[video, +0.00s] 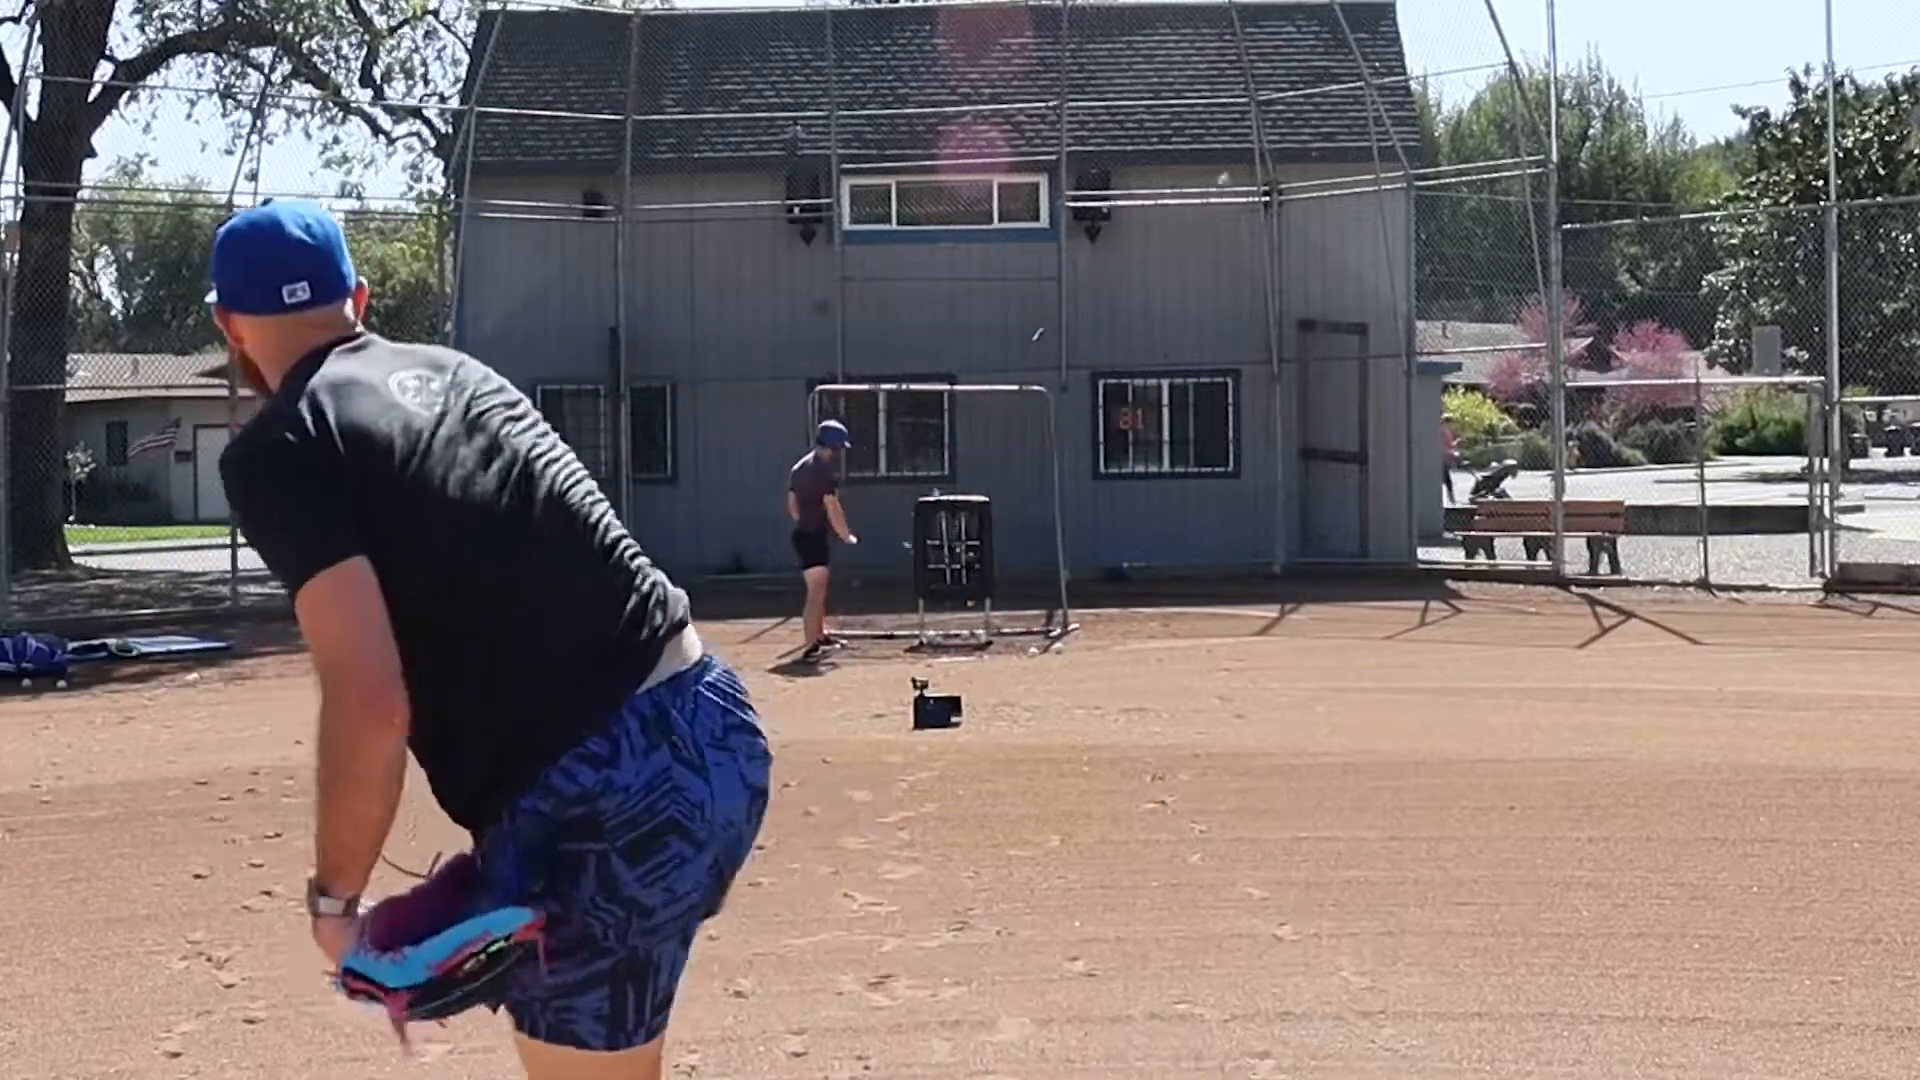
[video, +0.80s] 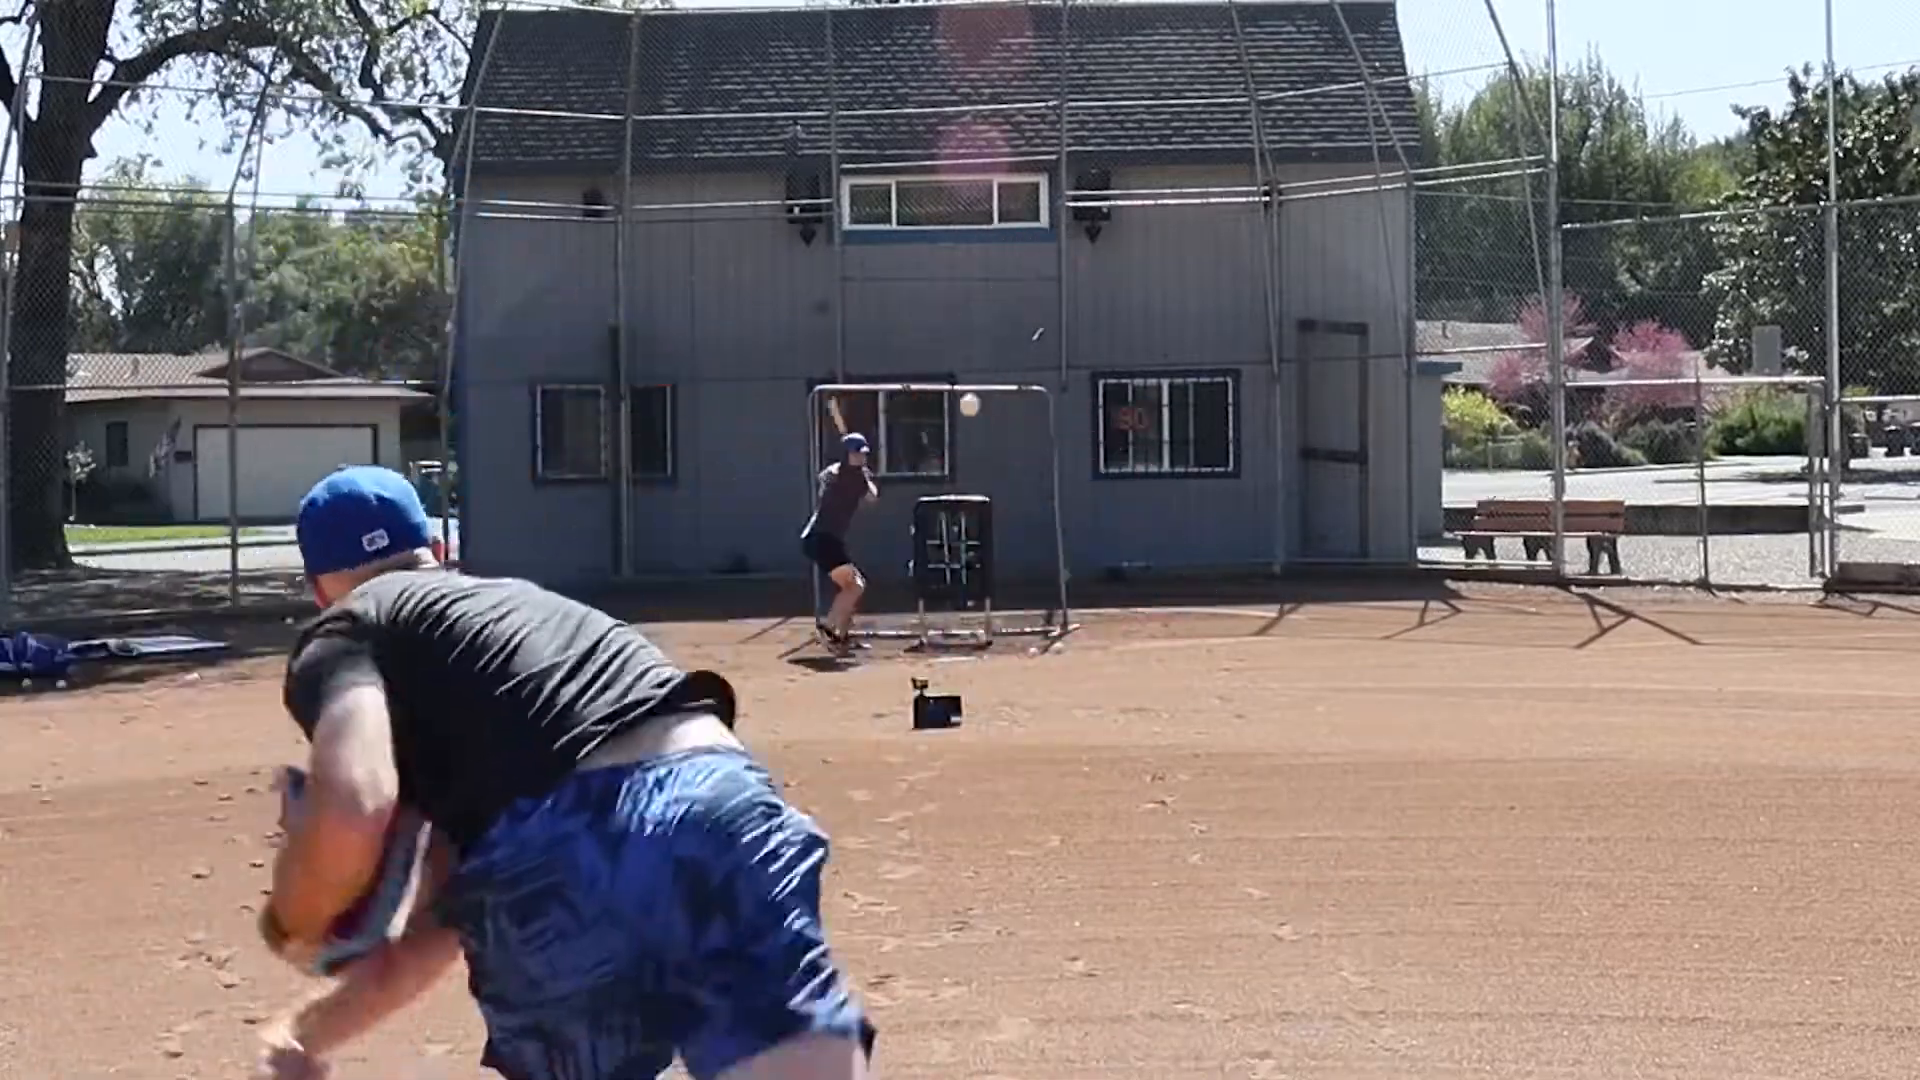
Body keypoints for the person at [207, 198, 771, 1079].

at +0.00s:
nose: (231, 343)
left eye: (225, 325)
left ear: (232, 330)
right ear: (359, 299)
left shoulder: (283, 442)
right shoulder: (452, 368)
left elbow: (370, 700)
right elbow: (547, 592)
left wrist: (335, 895)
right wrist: (506, 844)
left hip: (612, 788)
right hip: (709, 723)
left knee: (587, 1056)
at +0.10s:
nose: (229, 312)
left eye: (225, 293)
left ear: (233, 299)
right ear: (363, 273)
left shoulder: (294, 423)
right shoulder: (453, 352)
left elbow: (371, 688)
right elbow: (482, 560)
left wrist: (313, 873)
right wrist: (418, 731)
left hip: (590, 790)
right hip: (677, 716)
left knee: (590, 1058)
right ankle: (313, 1072)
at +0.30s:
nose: (448, 291)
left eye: (442, 263)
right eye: (435, 263)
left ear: (252, 282)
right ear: (382, 289)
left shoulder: (402, 448)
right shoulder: (146, 534)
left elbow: (663, 476)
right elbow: (12, 883)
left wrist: (891, 538)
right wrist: (292, 1050)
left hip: (350, 994)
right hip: (160, 1045)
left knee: (493, 1068)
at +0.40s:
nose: (550, 392)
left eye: (544, 366)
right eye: (542, 365)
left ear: (410, 390)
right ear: (495, 395)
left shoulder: (498, 520)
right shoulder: (255, 585)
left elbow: (716, 455)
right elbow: (13, 723)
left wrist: (939, 452)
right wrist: (177, 889)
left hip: (418, 1037)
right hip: (253, 1059)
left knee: (610, 1075)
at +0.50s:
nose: (605, 403)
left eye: (600, 380)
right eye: (597, 382)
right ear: (567, 411)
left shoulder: (535, 561)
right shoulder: (401, 577)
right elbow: (142, 697)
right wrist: (337, 500)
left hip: (547, 1044)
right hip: (411, 1052)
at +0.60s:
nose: (525, 479)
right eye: (521, 464)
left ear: (386, 511)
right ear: (511, 479)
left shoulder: (334, 709)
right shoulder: (614, 581)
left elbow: (272, 986)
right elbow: (846, 464)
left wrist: (353, 956)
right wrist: (742, 358)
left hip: (426, 1042)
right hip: (613, 1029)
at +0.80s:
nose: (318, 599)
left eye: (313, 587)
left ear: (323, 583)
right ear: (438, 550)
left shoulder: (344, 632)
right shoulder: (513, 601)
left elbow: (357, 801)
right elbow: (438, 927)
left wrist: (295, 921)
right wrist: (310, 1041)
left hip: (554, 847)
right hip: (724, 797)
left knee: (560, 1055)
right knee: (806, 1050)